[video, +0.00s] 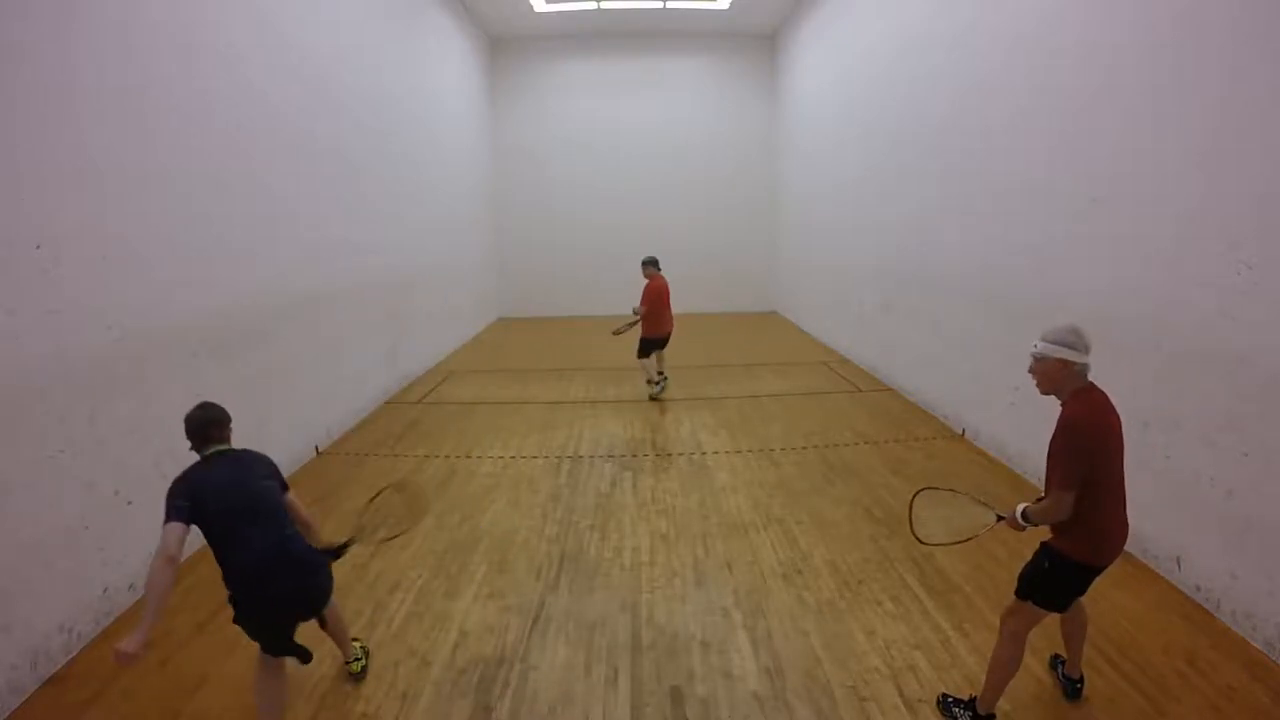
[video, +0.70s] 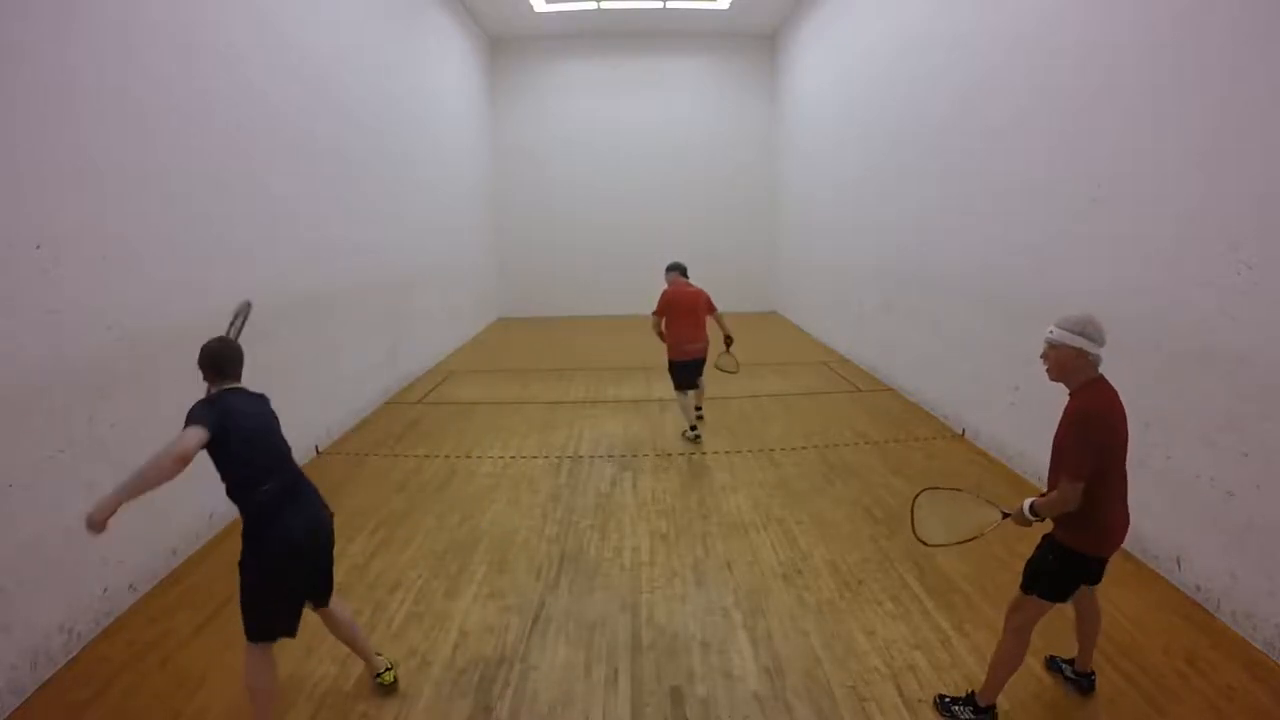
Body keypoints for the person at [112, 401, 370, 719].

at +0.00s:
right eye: (227, 428)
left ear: (192, 444)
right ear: (229, 431)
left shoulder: (186, 485)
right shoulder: (259, 462)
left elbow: (169, 556)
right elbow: (300, 516)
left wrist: (142, 633)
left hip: (255, 592)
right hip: (301, 569)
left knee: (271, 655)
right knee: (324, 602)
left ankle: (270, 713)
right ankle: (352, 657)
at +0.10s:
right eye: (214, 402)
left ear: (179, 418)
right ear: (217, 406)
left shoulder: (170, 466)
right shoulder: (251, 438)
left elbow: (160, 540)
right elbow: (314, 486)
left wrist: (144, 622)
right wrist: (359, 514)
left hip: (231, 582)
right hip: (283, 560)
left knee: (263, 647)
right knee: (320, 605)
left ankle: (267, 712)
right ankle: (356, 654)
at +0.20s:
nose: (160, 407)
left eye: (161, 397)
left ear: (177, 391)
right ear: (203, 390)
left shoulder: (164, 444)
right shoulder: (248, 419)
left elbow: (151, 527)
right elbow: (316, 461)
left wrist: (137, 606)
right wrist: (358, 501)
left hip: (217, 570)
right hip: (274, 551)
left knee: (244, 652)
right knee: (319, 608)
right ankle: (370, 666)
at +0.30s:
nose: (150, 396)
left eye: (154, 385)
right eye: (148, 387)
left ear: (178, 382)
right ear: (198, 382)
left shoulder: (155, 436)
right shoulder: (242, 414)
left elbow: (144, 523)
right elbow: (299, 464)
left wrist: (146, 584)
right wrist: (313, 511)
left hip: (217, 567)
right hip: (273, 547)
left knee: (231, 663)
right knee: (323, 610)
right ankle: (386, 670)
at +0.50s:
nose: (166, 400)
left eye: (166, 393)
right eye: (165, 392)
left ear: (174, 397)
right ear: (211, 389)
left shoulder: (170, 451)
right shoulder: (237, 430)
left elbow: (158, 540)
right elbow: (254, 495)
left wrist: (164, 569)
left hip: (237, 575)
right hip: (286, 551)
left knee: (236, 681)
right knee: (320, 598)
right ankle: (383, 659)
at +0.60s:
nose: (185, 388)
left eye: (185, 382)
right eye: (186, 380)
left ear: (190, 385)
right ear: (226, 379)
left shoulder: (192, 431)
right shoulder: (242, 414)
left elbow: (155, 508)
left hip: (260, 554)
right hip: (307, 529)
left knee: (254, 663)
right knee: (320, 600)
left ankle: (260, 716)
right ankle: (378, 667)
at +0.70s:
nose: (208, 371)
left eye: (205, 367)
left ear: (204, 373)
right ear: (241, 369)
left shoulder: (209, 410)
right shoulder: (258, 401)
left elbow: (179, 456)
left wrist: (114, 499)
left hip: (271, 536)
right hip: (314, 515)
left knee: (259, 642)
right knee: (323, 600)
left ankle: (264, 714)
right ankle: (379, 666)